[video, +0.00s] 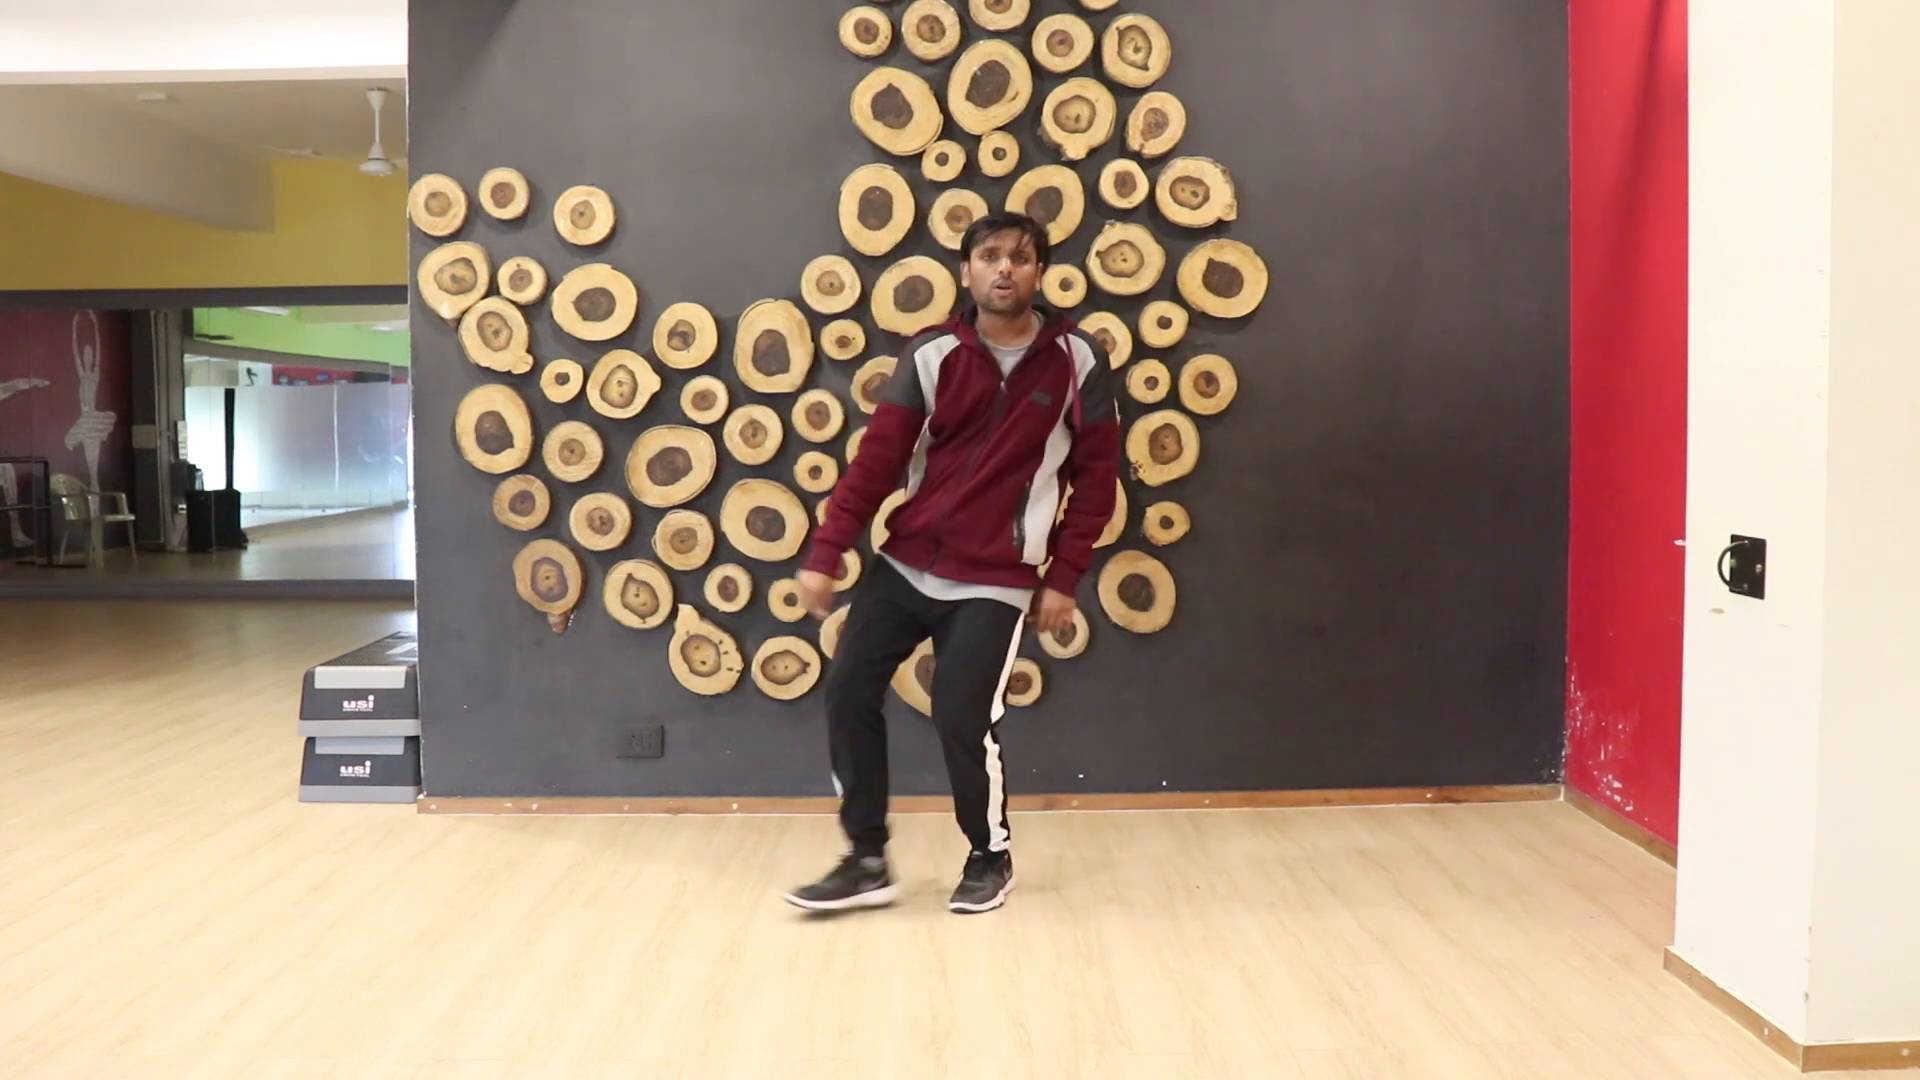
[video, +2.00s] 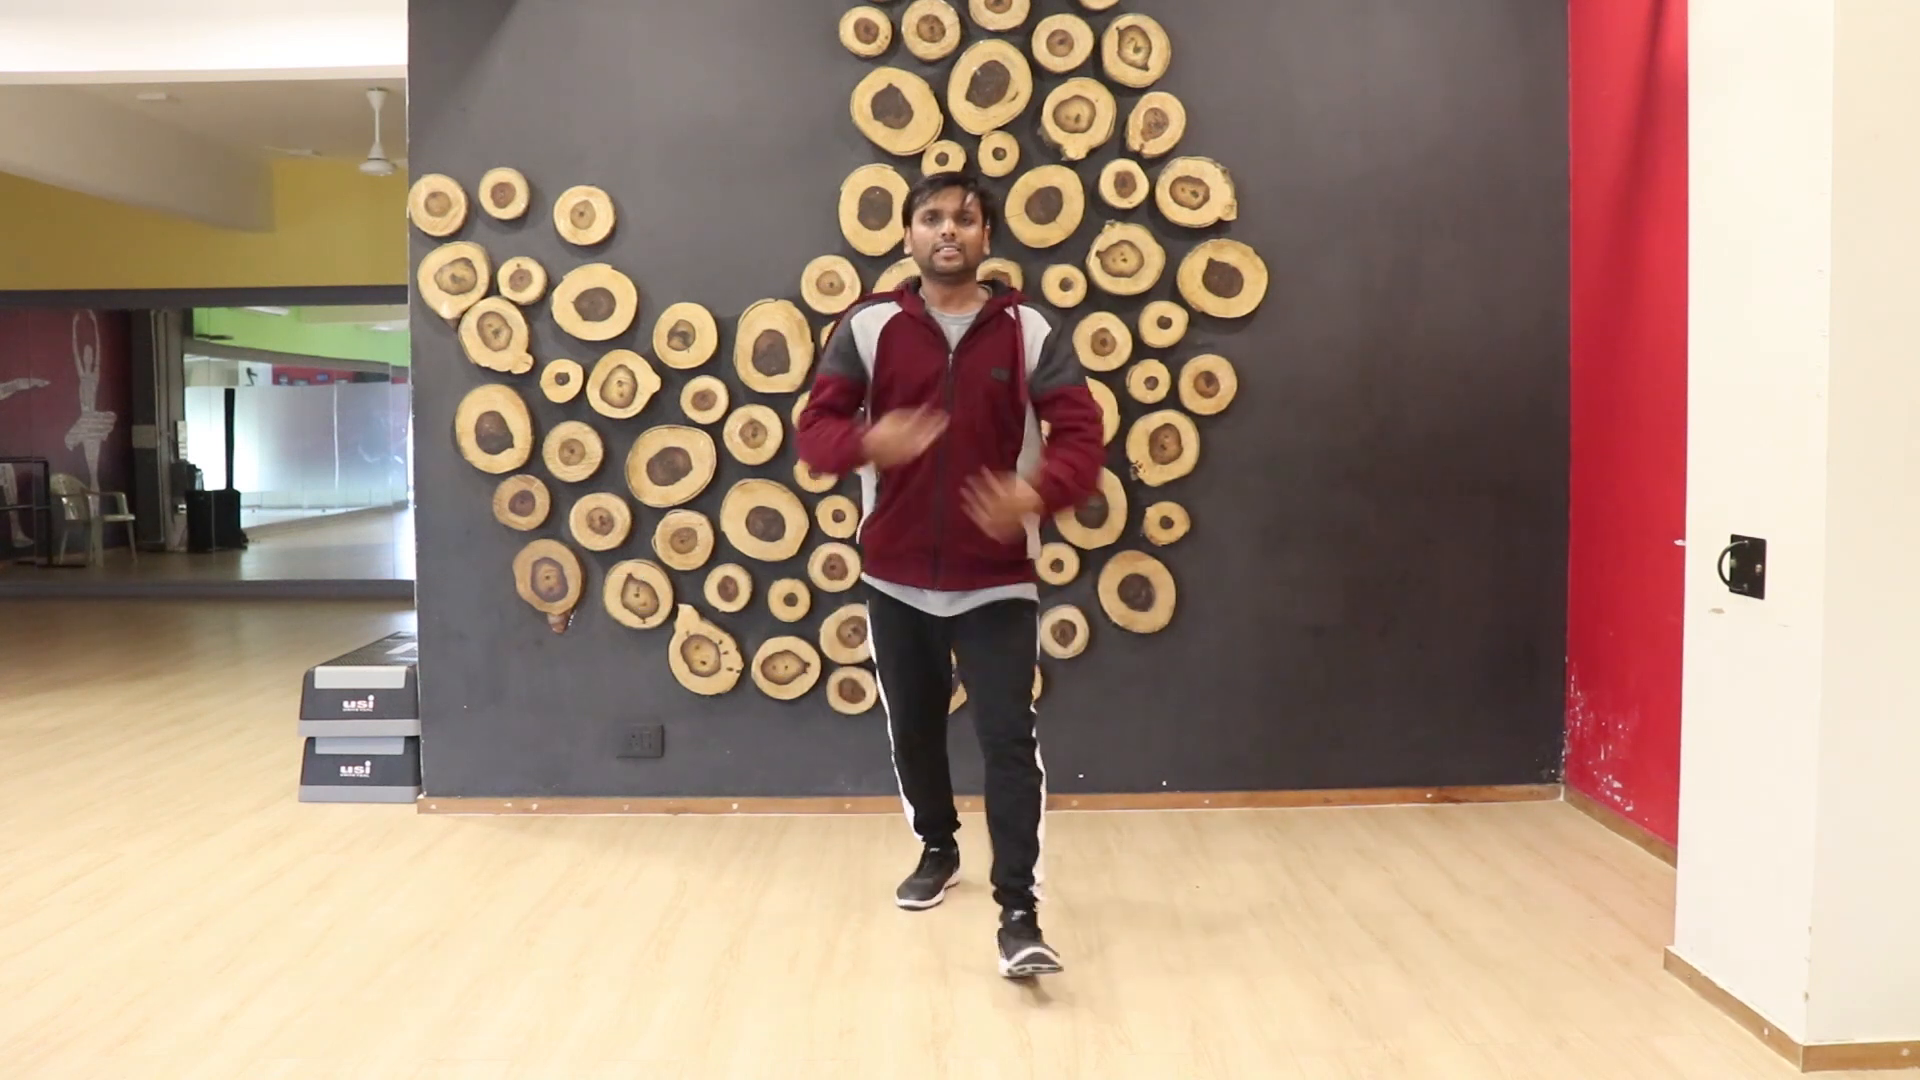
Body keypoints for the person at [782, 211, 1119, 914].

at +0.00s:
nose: (1006, 269)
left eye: (1020, 258)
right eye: (991, 257)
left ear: (1039, 273)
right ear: (968, 272)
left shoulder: (1074, 362)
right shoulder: (932, 355)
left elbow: (1098, 474)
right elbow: (877, 458)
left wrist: (1064, 578)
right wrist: (823, 556)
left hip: (996, 580)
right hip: (908, 564)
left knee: (960, 715)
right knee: (849, 688)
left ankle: (988, 857)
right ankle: (866, 859)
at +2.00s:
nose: (949, 230)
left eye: (965, 218)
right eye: (933, 217)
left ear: (987, 237)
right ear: (908, 237)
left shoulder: (1027, 329)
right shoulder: (867, 325)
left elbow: (1081, 434)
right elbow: (815, 435)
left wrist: (1034, 492)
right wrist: (869, 441)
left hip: (997, 576)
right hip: (896, 575)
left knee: (1009, 737)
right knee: (911, 730)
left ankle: (1019, 913)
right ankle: (936, 847)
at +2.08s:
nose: (955, 227)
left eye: (971, 214)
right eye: (939, 214)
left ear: (993, 233)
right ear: (913, 232)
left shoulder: (1021, 316)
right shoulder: (884, 310)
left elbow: (1019, 419)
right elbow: (871, 404)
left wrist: (915, 367)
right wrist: (982, 337)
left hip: (1006, 567)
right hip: (908, 568)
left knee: (1018, 747)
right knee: (913, 742)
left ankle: (1023, 929)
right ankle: (939, 836)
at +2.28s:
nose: (965, 214)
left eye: (982, 203)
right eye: (949, 201)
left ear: (1007, 222)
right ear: (922, 217)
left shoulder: (1030, 305)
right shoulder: (880, 293)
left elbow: (1065, 394)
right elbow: (811, 392)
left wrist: (974, 313)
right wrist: (905, 324)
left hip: (1018, 563)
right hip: (913, 563)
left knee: (1037, 749)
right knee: (977, 731)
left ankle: (1028, 931)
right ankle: (982, 887)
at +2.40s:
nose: (965, 211)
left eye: (981, 199)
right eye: (946, 198)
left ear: (1001, 220)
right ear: (914, 215)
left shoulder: (1044, 312)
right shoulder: (864, 306)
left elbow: (1161, 351)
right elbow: (776, 375)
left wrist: (1087, 279)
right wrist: (804, 301)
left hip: (1002, 572)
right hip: (894, 563)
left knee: (1030, 762)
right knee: (923, 717)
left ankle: (1033, 941)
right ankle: (884, 882)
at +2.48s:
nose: (958, 217)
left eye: (970, 203)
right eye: (937, 204)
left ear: (987, 219)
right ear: (899, 221)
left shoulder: (1039, 313)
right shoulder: (866, 316)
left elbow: (1145, 305)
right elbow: (808, 453)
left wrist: (1079, 239)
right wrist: (828, 348)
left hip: (999, 584)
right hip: (887, 578)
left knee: (1021, 762)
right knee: (860, 743)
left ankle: (1035, 945)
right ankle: (766, 909)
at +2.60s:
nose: (922, 229)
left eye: (927, 214)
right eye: (900, 215)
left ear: (935, 225)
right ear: (851, 231)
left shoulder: (935, 311)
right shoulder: (846, 330)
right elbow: (913, 415)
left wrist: (1000, 296)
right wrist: (926, 313)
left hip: (995, 604)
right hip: (890, 608)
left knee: (1055, 783)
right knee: (807, 778)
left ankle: (1036, 938)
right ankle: (698, 928)